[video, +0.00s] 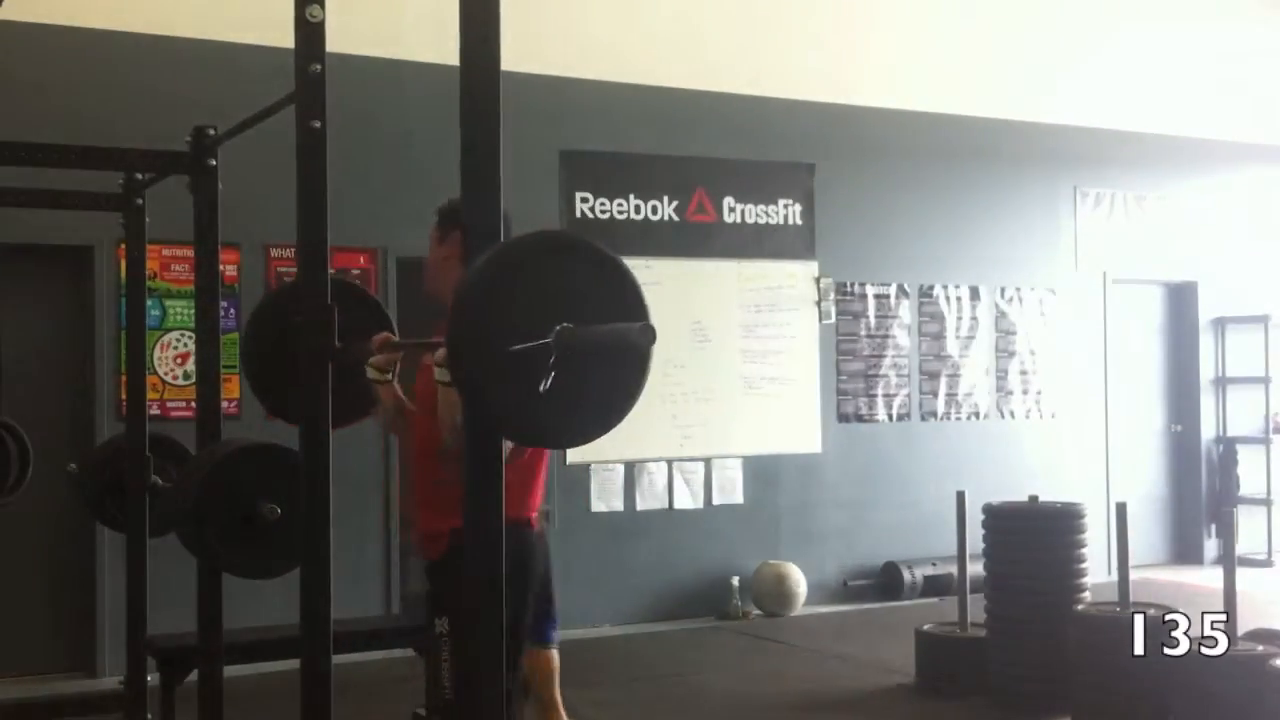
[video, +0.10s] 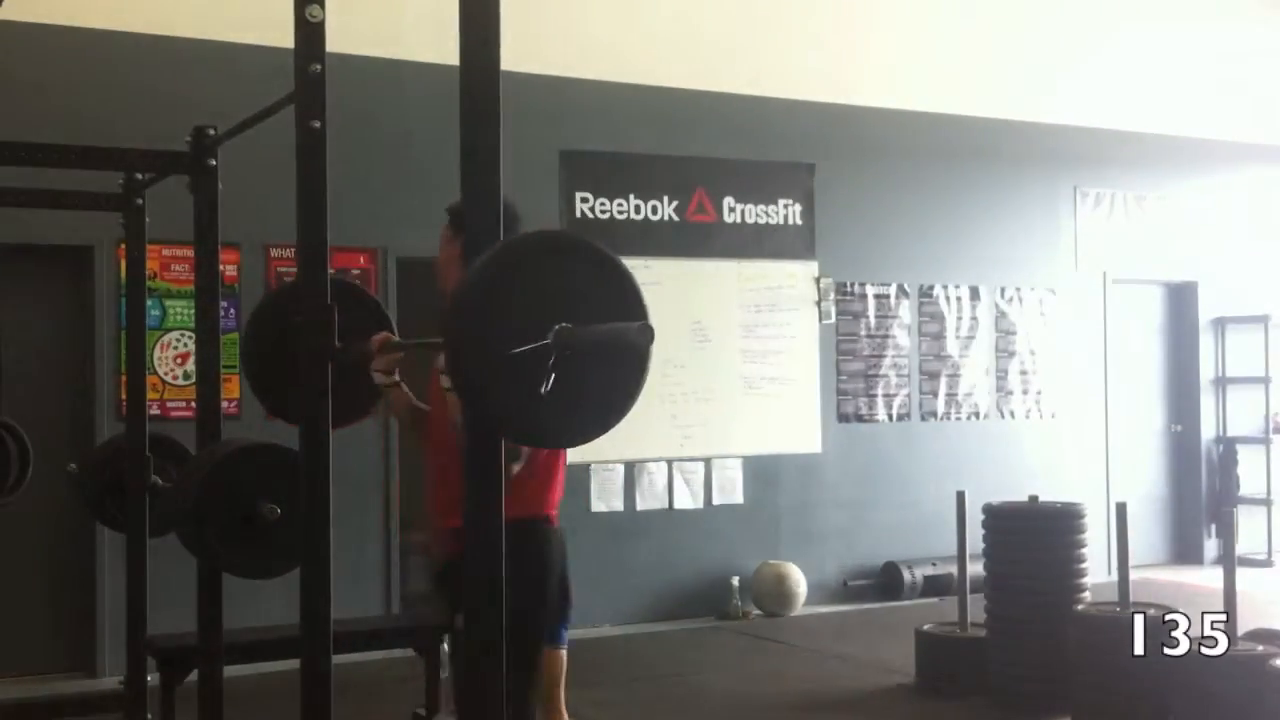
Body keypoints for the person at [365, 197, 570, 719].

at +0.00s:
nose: (429, 260)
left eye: (435, 247)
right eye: (431, 247)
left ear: (459, 250)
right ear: (474, 251)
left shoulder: (481, 335)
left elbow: (456, 441)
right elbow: (431, 435)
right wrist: (386, 387)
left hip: (479, 543)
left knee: (473, 697)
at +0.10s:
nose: (438, 259)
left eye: (445, 245)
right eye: (442, 244)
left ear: (467, 250)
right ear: (485, 251)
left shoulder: (517, 331)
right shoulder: (469, 335)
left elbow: (509, 456)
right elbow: (446, 437)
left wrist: (457, 377)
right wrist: (392, 386)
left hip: (515, 538)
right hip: (476, 537)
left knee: (538, 699)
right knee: (477, 698)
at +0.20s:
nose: (448, 262)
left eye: (456, 248)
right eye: (452, 248)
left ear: (485, 256)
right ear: (483, 260)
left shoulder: (541, 328)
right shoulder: (485, 333)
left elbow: (529, 452)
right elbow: (453, 429)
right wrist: (400, 389)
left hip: (534, 532)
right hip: (489, 529)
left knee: (538, 700)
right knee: (488, 696)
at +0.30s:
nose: (465, 266)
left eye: (476, 251)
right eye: (467, 254)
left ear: (520, 254)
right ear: (472, 267)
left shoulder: (568, 325)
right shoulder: (487, 333)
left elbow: (555, 451)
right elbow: (455, 429)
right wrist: (404, 386)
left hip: (557, 522)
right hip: (492, 523)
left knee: (561, 691)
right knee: (491, 683)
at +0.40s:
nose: (495, 266)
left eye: (507, 249)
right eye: (484, 251)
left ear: (537, 250)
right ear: (481, 262)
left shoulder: (581, 326)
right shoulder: (490, 334)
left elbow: (591, 449)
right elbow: (455, 430)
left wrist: (498, 415)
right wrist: (406, 380)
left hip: (575, 523)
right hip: (502, 522)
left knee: (574, 688)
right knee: (515, 683)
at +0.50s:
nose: (508, 263)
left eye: (521, 248)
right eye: (500, 249)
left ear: (553, 248)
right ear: (495, 256)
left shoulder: (600, 340)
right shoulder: (501, 335)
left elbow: (627, 447)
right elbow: (467, 433)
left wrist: (552, 457)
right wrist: (417, 381)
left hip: (582, 526)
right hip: (512, 526)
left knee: (582, 694)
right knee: (533, 690)